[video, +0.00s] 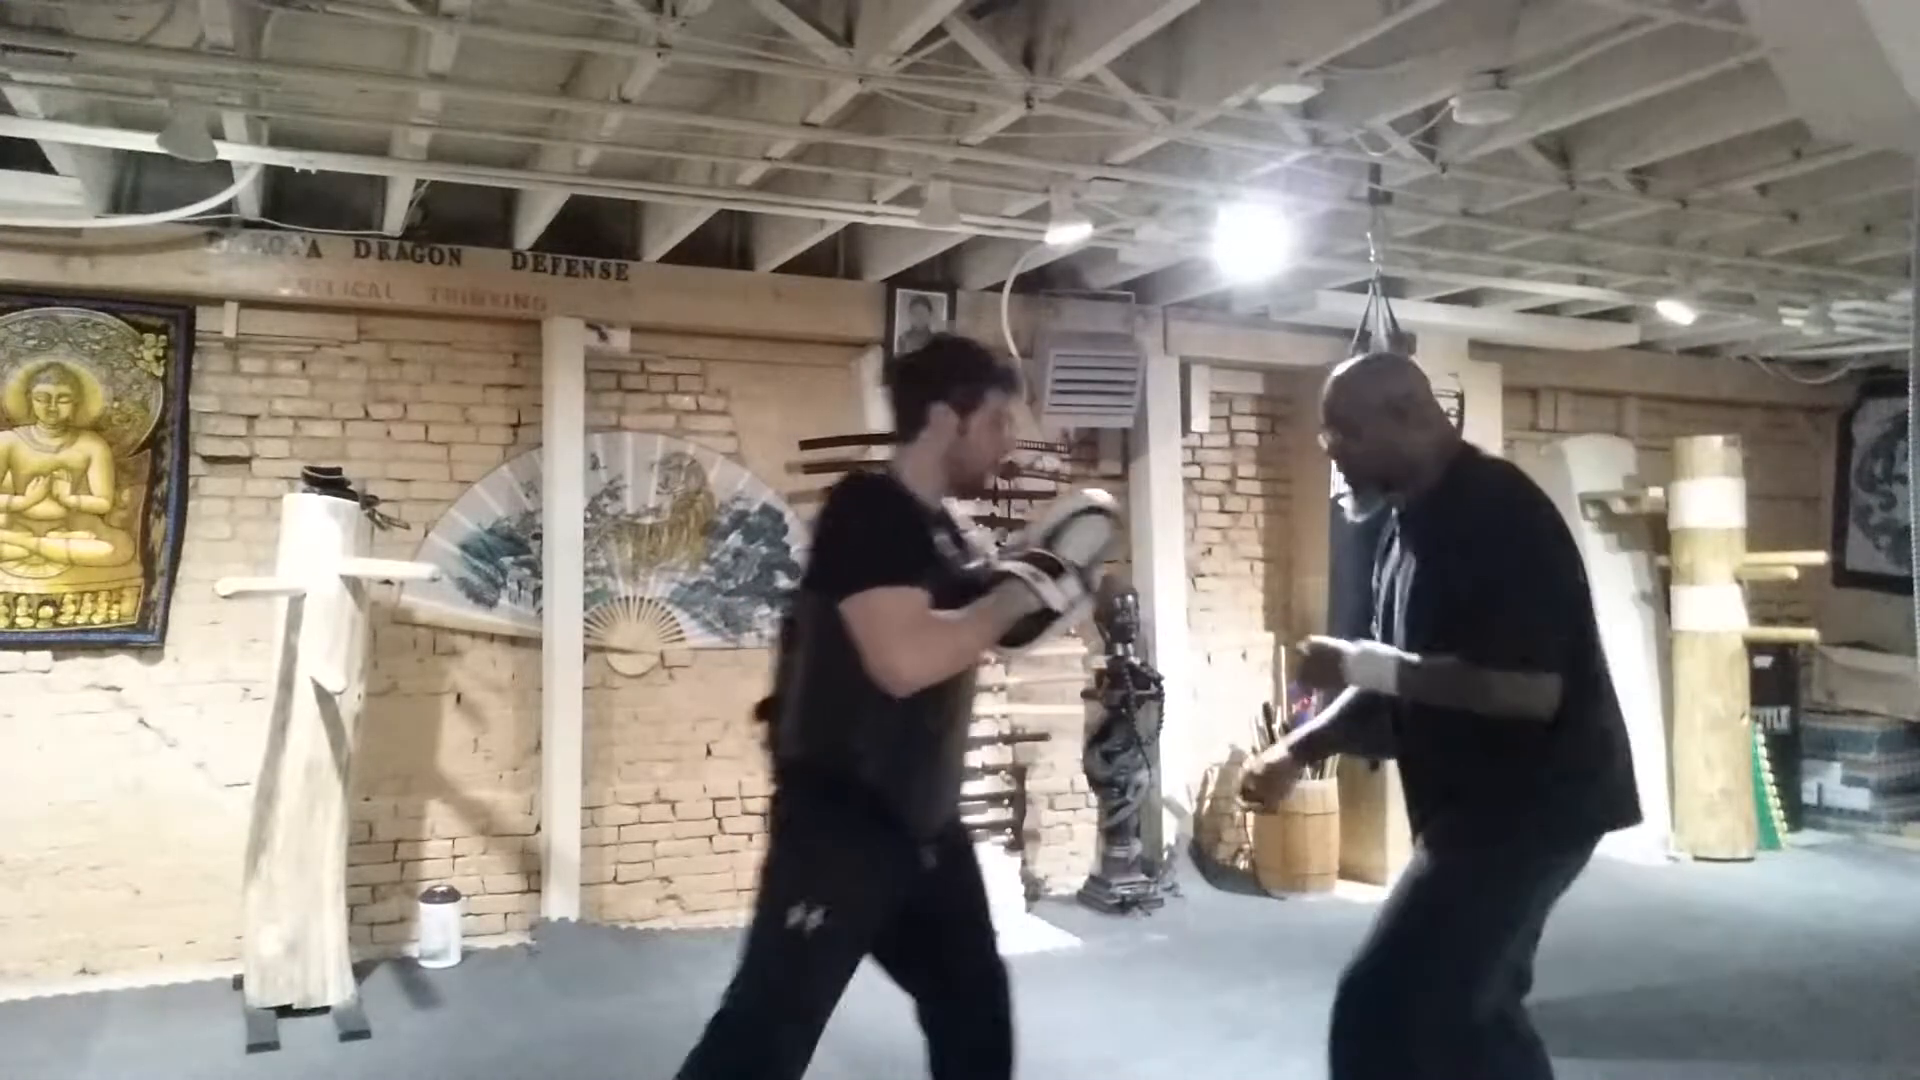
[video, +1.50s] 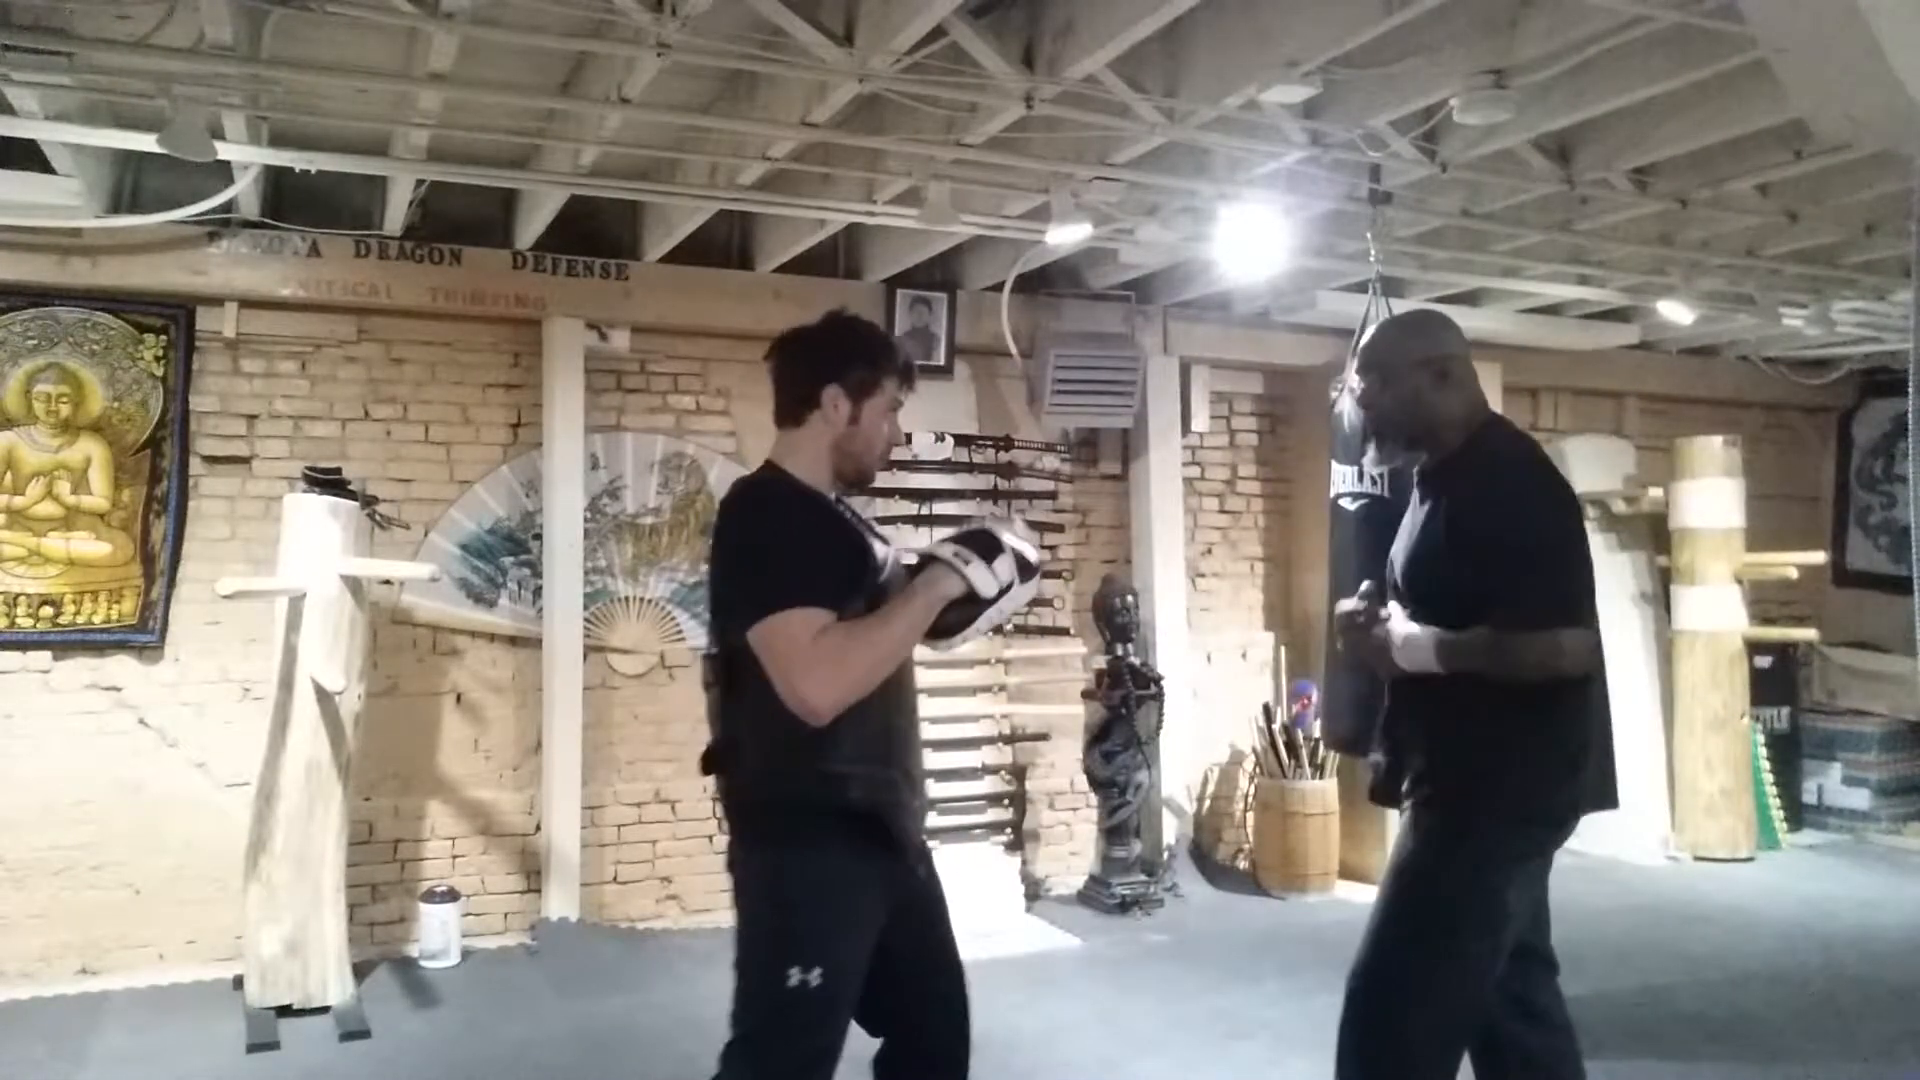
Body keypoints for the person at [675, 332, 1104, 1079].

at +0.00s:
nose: (1010, 445)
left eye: (1011, 426)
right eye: (1002, 423)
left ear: (945, 419)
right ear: (947, 416)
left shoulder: (945, 532)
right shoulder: (865, 508)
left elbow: (973, 627)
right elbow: (902, 660)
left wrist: (1044, 577)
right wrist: (1010, 596)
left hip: (920, 833)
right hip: (836, 831)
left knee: (975, 1028)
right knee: (763, 1038)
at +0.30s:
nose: (924, 435)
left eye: (924, 416)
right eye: (915, 412)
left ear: (862, 410)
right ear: (861, 407)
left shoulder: (856, 528)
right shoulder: (769, 501)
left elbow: (838, 656)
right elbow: (776, 669)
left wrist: (933, 640)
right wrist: (921, 646)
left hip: (854, 835)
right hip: (767, 842)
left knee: (930, 995)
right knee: (724, 1057)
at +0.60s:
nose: (935, 432)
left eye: (934, 413)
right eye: (926, 410)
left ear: (874, 406)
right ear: (873, 403)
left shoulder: (862, 523)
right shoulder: (790, 498)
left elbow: (932, 649)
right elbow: (809, 657)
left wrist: (984, 604)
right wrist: (959, 613)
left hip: (867, 823)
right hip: (792, 827)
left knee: (907, 1042)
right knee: (781, 1053)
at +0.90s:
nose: (902, 440)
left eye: (902, 421)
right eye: (894, 417)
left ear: (832, 413)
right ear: (833, 410)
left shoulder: (829, 527)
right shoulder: (742, 513)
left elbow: (877, 610)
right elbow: (845, 665)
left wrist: (953, 556)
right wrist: (940, 554)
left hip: (849, 835)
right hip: (766, 846)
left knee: (926, 1008)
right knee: (762, 1064)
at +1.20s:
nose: (913, 437)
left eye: (914, 416)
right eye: (905, 413)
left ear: (848, 412)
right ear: (849, 410)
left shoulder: (845, 522)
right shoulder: (779, 511)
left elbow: (863, 647)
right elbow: (803, 684)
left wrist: (938, 579)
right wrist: (956, 605)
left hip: (880, 834)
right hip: (809, 837)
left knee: (928, 1037)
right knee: (778, 1057)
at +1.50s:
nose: (899, 433)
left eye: (899, 412)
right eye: (890, 409)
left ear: (836, 408)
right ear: (836, 406)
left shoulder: (838, 522)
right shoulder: (765, 513)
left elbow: (849, 649)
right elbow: (816, 684)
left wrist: (943, 593)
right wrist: (938, 582)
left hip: (879, 836)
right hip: (803, 841)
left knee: (932, 1038)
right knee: (781, 1059)